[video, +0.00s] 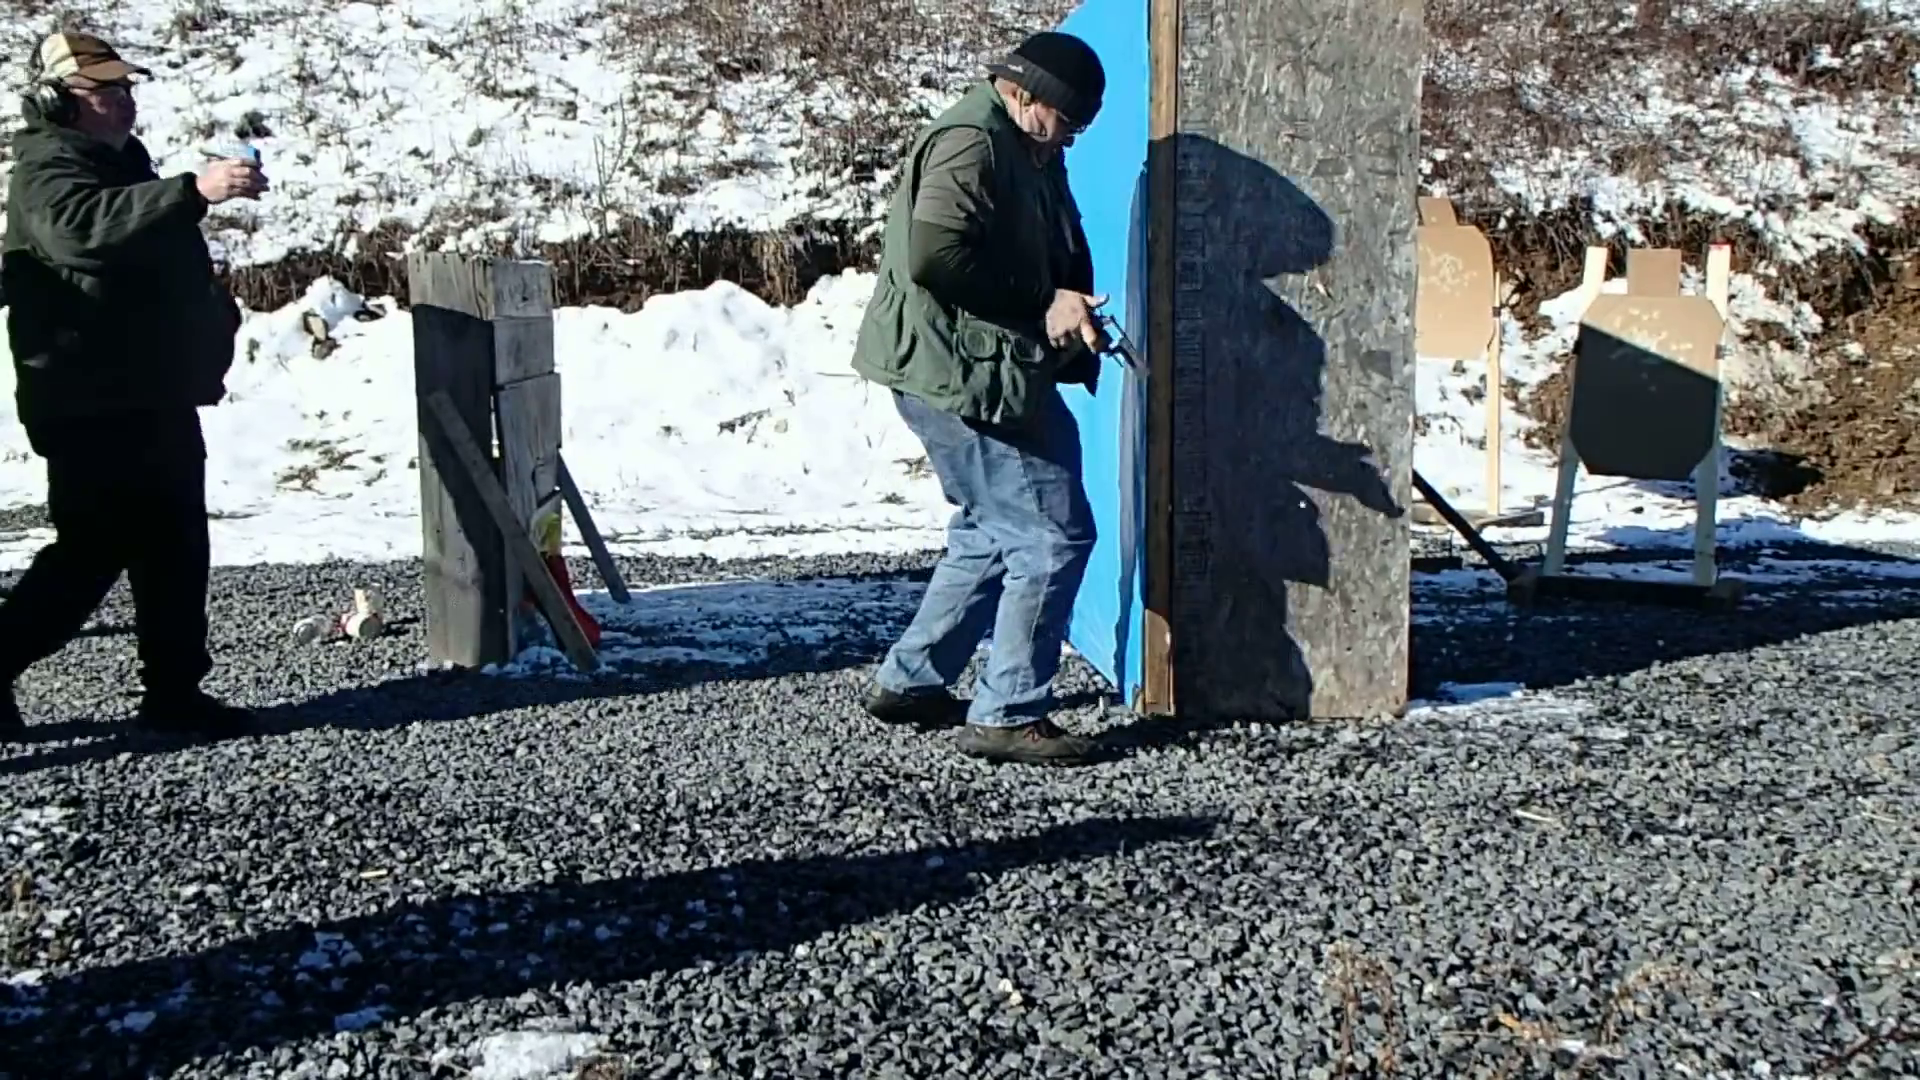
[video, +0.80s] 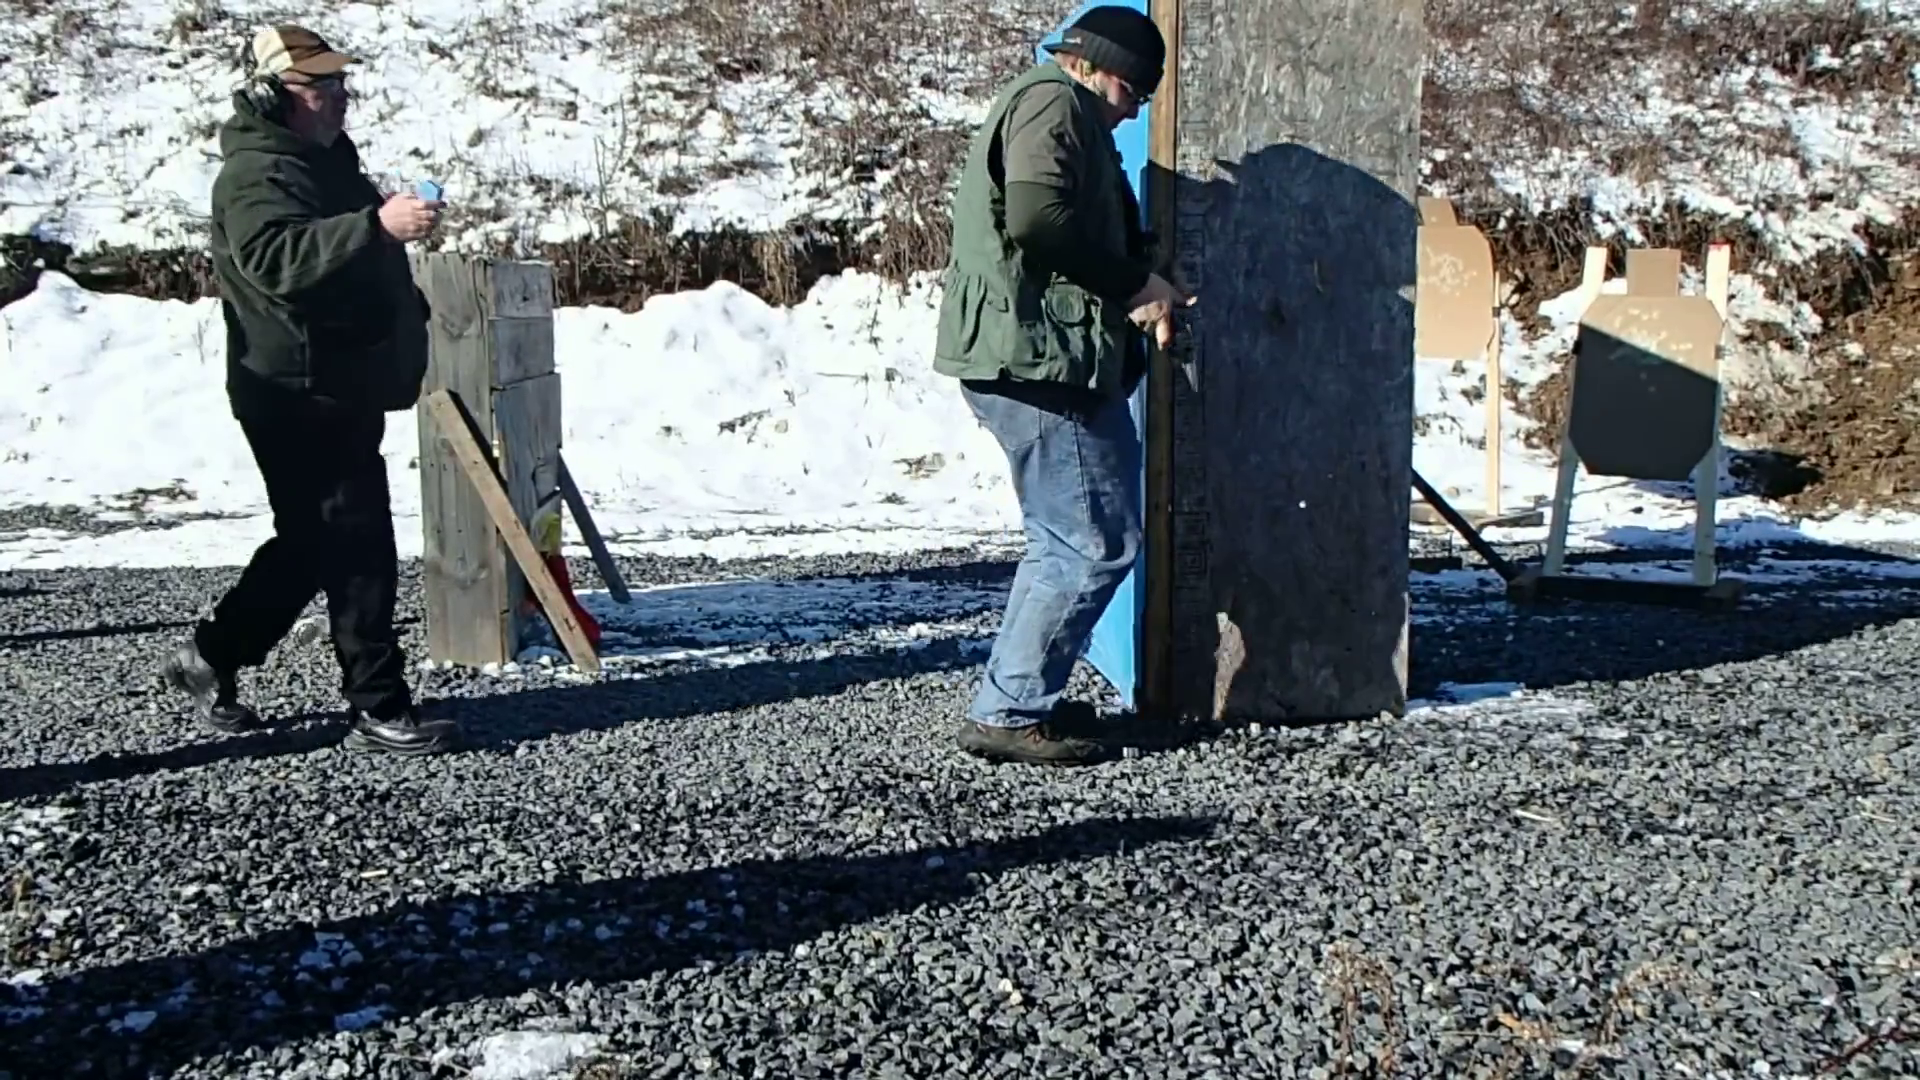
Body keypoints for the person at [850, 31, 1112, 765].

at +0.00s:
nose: (1073, 134)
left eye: (1079, 121)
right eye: (1069, 117)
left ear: (1031, 98)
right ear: (1026, 94)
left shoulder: (1025, 153)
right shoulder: (973, 141)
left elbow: (1057, 263)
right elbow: (935, 255)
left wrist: (1071, 323)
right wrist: (1040, 308)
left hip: (966, 371)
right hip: (964, 375)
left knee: (988, 531)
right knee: (1055, 534)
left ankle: (909, 682)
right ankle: (1008, 714)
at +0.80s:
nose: (1136, 109)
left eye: (1142, 95)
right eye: (1134, 90)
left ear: (1080, 63)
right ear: (1097, 67)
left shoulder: (1049, 103)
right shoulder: (1056, 102)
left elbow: (1109, 234)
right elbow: (1037, 219)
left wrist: (1149, 279)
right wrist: (1129, 287)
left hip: (1028, 357)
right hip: (1040, 360)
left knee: (1068, 535)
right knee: (1097, 538)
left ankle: (1018, 701)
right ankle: (1011, 709)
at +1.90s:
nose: (1194, 108)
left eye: (1196, 93)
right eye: (1194, 93)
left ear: (1119, 73)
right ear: (1165, 83)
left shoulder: (1057, 115)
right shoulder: (1142, 142)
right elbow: (1229, 196)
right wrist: (1319, 196)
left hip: (1005, 371)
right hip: (1078, 386)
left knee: (1057, 546)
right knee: (1143, 558)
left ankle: (1020, 708)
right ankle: (1163, 733)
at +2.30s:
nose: (1208, 102)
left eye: (1207, 92)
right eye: (1206, 90)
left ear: (1123, 68)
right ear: (1185, 82)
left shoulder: (1073, 117)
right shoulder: (1169, 126)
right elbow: (1260, 158)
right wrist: (1361, 148)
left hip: (1019, 374)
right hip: (1096, 387)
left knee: (1069, 544)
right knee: (1164, 560)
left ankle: (1023, 704)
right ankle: (1167, 733)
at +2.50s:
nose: (1198, 105)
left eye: (1198, 96)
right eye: (1197, 94)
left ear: (1117, 72)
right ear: (1177, 86)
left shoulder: (1065, 120)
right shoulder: (1160, 130)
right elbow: (1251, 161)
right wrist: (1351, 152)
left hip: (1017, 378)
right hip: (1088, 389)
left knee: (1064, 548)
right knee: (1157, 559)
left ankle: (1023, 706)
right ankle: (1164, 731)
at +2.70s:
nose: (1188, 107)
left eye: (1189, 97)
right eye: (1186, 96)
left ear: (1108, 73)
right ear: (1166, 87)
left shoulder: (1054, 121)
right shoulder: (1146, 130)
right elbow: (1242, 161)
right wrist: (1343, 150)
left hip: (1015, 379)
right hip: (1082, 387)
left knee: (1062, 549)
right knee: (1150, 559)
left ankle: (1023, 706)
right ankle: (1163, 731)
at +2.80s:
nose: (1189, 107)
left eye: (1190, 97)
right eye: (1187, 96)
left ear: (1109, 73)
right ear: (1168, 87)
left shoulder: (1055, 121)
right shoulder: (1147, 129)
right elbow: (1244, 161)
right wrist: (1343, 150)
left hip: (1017, 378)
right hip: (1085, 386)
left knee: (1062, 550)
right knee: (1152, 558)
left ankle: (1022, 707)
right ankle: (1163, 731)